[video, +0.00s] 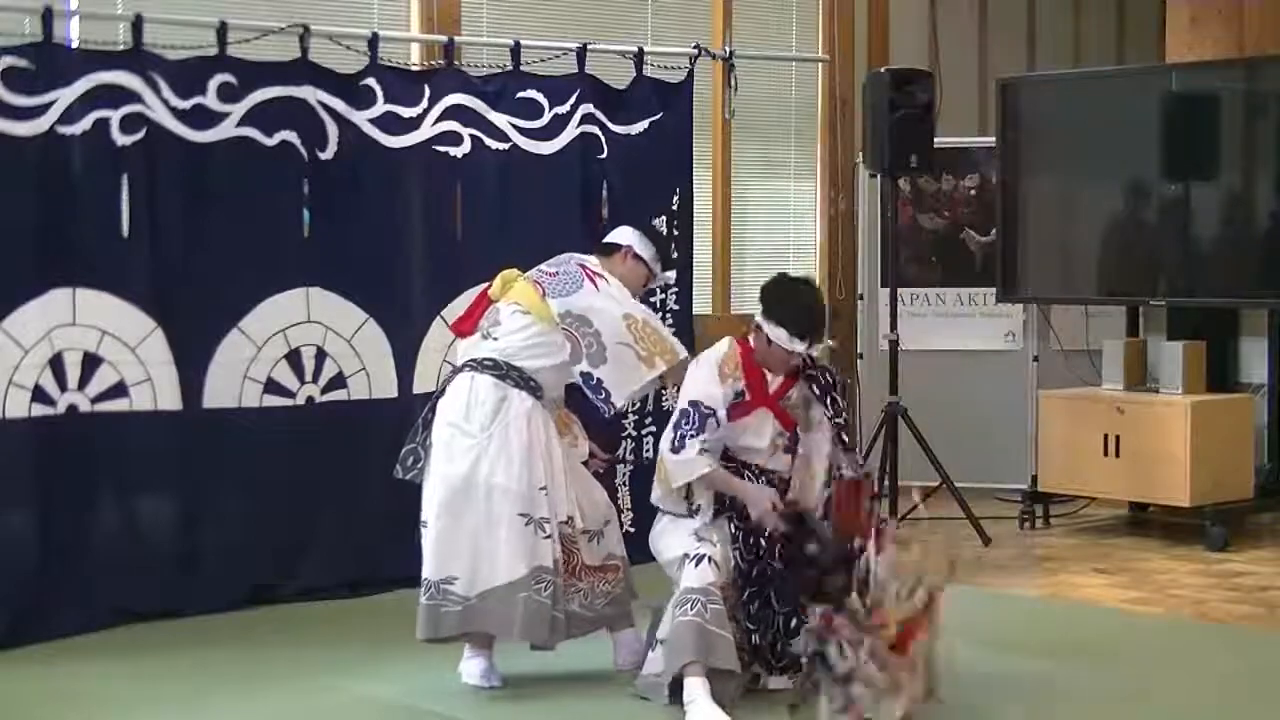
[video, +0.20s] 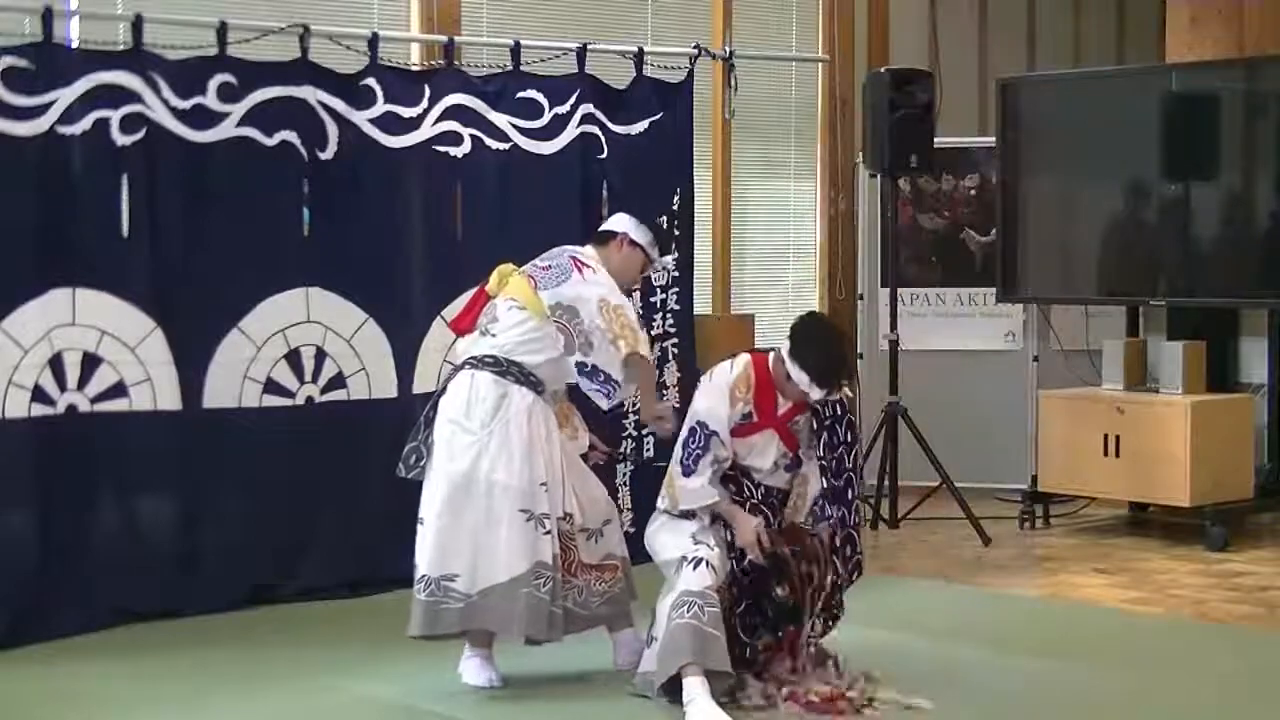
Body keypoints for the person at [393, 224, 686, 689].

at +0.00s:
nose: (644, 290)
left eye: (649, 282)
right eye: (646, 276)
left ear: (619, 255)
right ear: (627, 255)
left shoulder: (559, 274)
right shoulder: (594, 280)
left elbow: (543, 384)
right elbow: (656, 349)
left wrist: (581, 443)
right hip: (492, 403)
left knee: (593, 512)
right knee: (487, 526)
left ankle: (627, 643)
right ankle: (478, 653)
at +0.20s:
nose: (640, 280)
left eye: (646, 271)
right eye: (643, 266)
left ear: (613, 243)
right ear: (622, 245)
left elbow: (542, 370)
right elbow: (634, 353)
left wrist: (577, 432)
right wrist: (654, 408)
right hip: (498, 399)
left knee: (594, 510)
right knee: (488, 522)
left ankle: (627, 642)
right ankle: (478, 652)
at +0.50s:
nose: (652, 260)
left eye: (659, 251)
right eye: (655, 245)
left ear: (629, 226)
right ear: (629, 223)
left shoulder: (579, 259)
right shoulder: (582, 258)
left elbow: (562, 356)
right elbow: (573, 342)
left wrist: (586, 416)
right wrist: (630, 369)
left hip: (538, 400)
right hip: (504, 394)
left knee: (608, 504)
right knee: (498, 517)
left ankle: (629, 644)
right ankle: (478, 650)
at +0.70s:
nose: (666, 248)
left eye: (672, 239)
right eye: (664, 233)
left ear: (636, 219)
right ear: (633, 214)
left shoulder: (603, 261)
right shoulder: (588, 256)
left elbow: (577, 353)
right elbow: (606, 349)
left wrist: (595, 411)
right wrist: (697, 352)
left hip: (551, 399)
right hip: (506, 389)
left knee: (616, 508)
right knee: (498, 516)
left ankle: (630, 645)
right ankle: (478, 650)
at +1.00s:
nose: (676, 251)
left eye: (682, 242)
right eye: (675, 236)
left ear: (645, 222)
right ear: (644, 219)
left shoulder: (611, 264)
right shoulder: (595, 261)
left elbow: (585, 354)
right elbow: (604, 353)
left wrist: (595, 406)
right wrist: (696, 345)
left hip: (555, 402)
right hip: (513, 394)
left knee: (620, 507)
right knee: (502, 516)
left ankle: (633, 643)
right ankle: (479, 651)